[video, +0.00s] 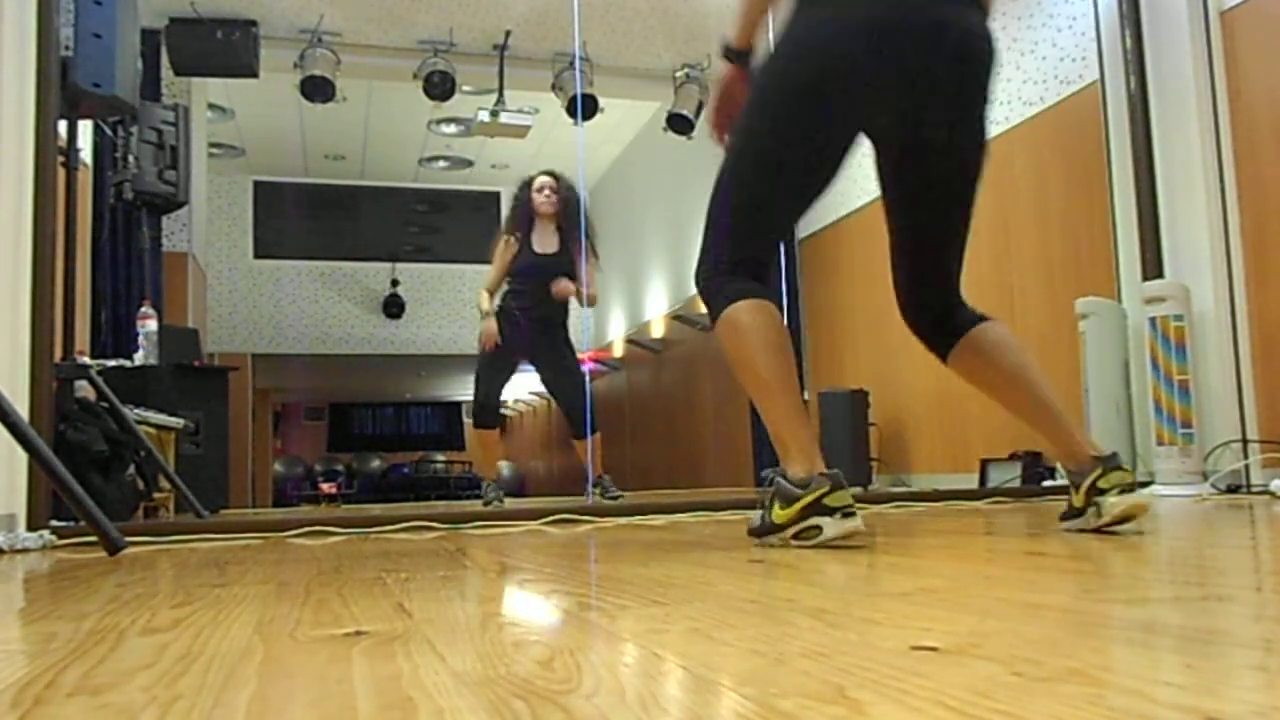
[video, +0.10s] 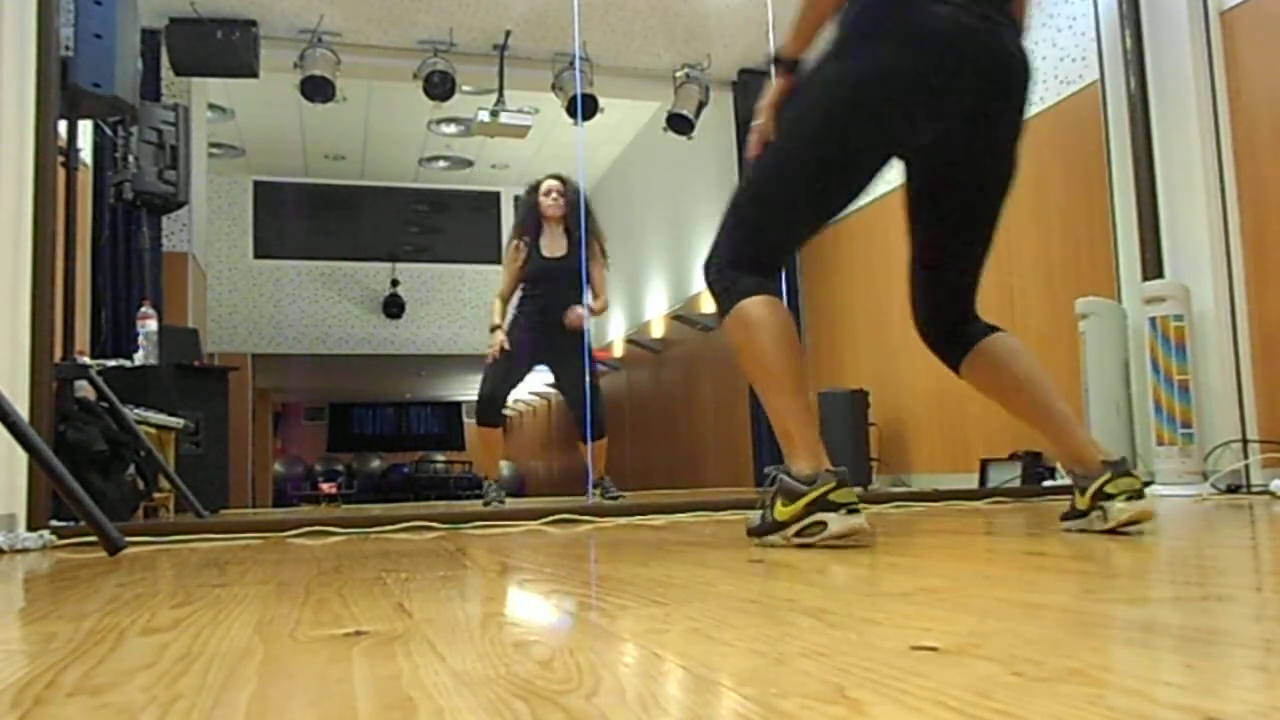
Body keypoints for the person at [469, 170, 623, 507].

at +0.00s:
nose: (548, 196)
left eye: (553, 191)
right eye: (541, 191)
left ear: (562, 200)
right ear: (529, 200)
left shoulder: (577, 243)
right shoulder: (514, 240)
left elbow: (592, 297)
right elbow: (487, 290)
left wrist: (574, 291)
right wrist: (488, 317)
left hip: (551, 332)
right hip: (509, 329)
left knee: (579, 402)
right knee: (484, 400)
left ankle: (598, 479)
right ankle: (492, 483)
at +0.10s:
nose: (554, 199)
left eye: (560, 194)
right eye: (548, 194)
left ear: (570, 203)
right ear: (536, 202)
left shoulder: (587, 244)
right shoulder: (522, 245)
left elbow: (602, 299)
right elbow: (502, 296)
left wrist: (587, 310)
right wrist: (497, 328)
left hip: (568, 334)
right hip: (525, 334)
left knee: (590, 403)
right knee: (489, 399)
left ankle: (599, 480)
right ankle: (493, 483)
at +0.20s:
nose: (562, 197)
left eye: (567, 192)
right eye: (555, 192)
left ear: (578, 201)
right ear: (543, 200)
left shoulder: (593, 243)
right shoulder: (530, 243)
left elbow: (612, 297)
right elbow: (512, 294)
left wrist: (604, 321)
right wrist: (512, 327)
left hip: (585, 337)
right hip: (541, 337)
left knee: (601, 406)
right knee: (497, 399)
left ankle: (600, 479)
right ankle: (498, 481)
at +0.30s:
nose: (568, 192)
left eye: (573, 187)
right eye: (561, 187)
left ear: (584, 196)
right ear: (550, 196)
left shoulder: (599, 238)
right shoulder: (536, 238)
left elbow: (623, 291)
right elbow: (520, 287)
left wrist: (617, 322)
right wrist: (523, 319)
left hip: (599, 335)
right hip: (556, 336)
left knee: (605, 409)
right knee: (509, 396)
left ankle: (601, 480)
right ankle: (506, 482)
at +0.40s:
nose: (576, 186)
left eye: (581, 181)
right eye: (569, 181)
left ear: (590, 189)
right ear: (556, 188)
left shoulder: (603, 231)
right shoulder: (539, 230)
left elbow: (630, 283)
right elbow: (523, 278)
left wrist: (627, 317)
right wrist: (530, 307)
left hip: (607, 326)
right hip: (565, 326)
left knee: (606, 406)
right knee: (517, 390)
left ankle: (602, 479)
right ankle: (506, 476)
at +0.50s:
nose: (578, 178)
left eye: (583, 173)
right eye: (571, 173)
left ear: (592, 182)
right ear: (557, 181)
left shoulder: (607, 221)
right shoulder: (543, 222)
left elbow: (635, 273)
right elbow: (528, 271)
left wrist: (631, 309)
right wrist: (533, 297)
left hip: (610, 317)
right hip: (567, 318)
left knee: (607, 398)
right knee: (521, 383)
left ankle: (602, 479)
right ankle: (510, 470)